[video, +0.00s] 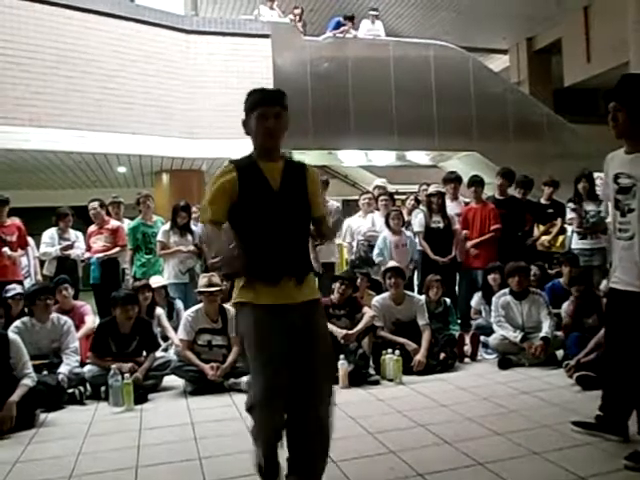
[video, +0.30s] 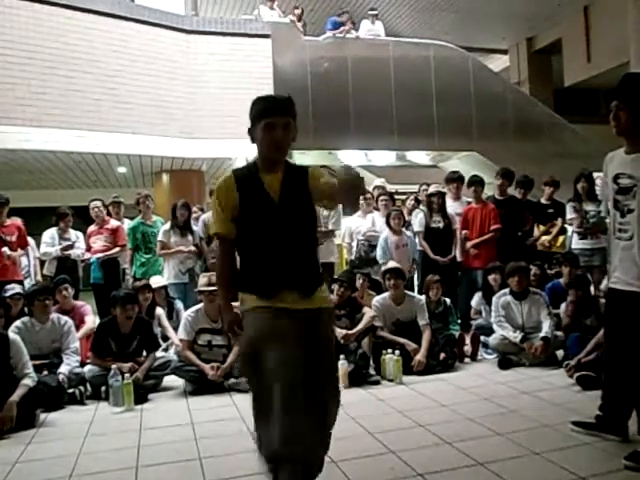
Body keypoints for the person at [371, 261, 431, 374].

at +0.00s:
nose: (394, 281)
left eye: (397, 277)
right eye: (389, 278)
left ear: (404, 280)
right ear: (385, 282)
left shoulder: (417, 301)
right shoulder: (378, 302)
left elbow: (426, 329)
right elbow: (378, 331)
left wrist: (422, 354)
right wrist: (405, 342)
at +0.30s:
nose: (393, 283)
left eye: (397, 278)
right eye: (389, 279)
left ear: (404, 281)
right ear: (384, 282)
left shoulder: (418, 300)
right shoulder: (378, 302)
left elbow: (426, 329)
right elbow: (378, 331)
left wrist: (422, 354)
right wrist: (405, 342)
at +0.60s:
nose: (393, 282)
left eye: (396, 278)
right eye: (388, 279)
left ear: (403, 281)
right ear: (384, 282)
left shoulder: (418, 301)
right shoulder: (378, 302)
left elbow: (426, 329)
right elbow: (378, 330)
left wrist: (422, 354)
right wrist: (405, 343)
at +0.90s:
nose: (393, 284)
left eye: (397, 280)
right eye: (389, 280)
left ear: (403, 282)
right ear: (385, 284)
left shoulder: (418, 300)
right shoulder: (378, 302)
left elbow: (426, 329)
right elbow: (379, 331)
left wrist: (422, 354)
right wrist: (405, 343)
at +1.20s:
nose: (393, 284)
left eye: (397, 279)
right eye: (389, 280)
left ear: (403, 281)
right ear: (385, 283)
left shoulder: (418, 300)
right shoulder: (378, 302)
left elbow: (426, 329)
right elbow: (379, 331)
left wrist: (422, 354)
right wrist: (405, 342)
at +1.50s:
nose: (393, 283)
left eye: (397, 279)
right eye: (389, 279)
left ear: (403, 281)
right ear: (385, 283)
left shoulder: (418, 300)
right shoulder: (378, 302)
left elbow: (426, 329)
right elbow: (378, 331)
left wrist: (422, 354)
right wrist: (405, 342)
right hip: (391, 337)